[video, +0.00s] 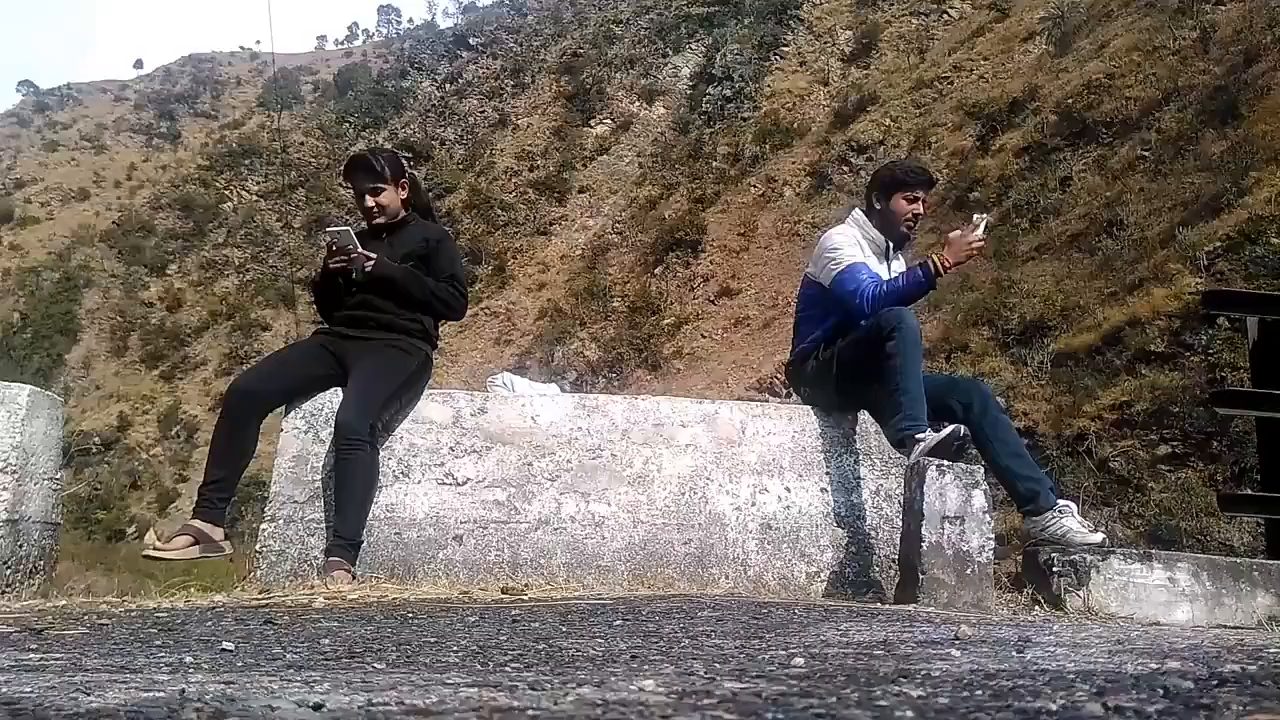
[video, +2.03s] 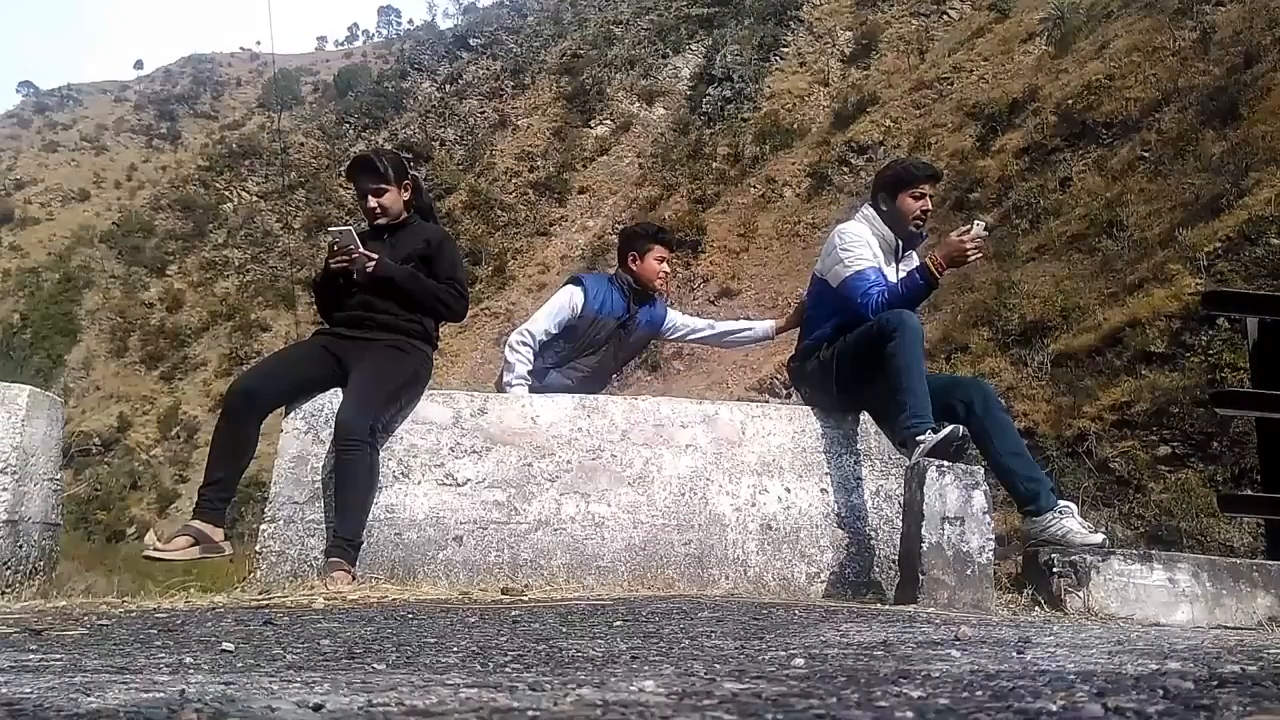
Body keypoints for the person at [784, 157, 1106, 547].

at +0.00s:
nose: (919, 211)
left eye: (923, 203)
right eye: (909, 200)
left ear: (921, 209)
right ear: (879, 201)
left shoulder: (895, 257)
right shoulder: (838, 242)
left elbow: (884, 311)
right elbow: (868, 299)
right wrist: (941, 261)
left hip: (872, 377)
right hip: (822, 374)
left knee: (972, 395)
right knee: (899, 323)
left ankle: (1042, 512)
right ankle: (913, 437)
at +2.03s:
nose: (927, 206)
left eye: (929, 198)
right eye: (917, 197)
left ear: (928, 204)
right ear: (886, 199)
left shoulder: (907, 246)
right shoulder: (850, 236)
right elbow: (872, 304)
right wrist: (937, 262)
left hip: (876, 377)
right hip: (825, 374)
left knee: (974, 393)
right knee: (900, 324)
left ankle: (1044, 512)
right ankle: (917, 436)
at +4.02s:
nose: (896, 211)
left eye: (909, 207)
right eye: (892, 200)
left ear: (926, 217)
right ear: (881, 197)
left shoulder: (914, 256)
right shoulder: (849, 232)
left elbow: (908, 311)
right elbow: (873, 295)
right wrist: (953, 294)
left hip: (880, 376)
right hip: (825, 372)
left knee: (976, 392)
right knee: (901, 322)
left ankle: (1044, 510)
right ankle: (917, 434)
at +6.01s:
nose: (838, 201)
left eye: (851, 195)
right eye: (836, 192)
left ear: (880, 205)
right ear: (832, 196)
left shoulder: (900, 247)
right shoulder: (817, 235)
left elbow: (899, 312)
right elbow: (855, 293)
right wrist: (940, 281)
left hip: (876, 374)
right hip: (821, 371)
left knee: (976, 389)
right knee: (889, 315)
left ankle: (1043, 508)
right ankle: (915, 430)